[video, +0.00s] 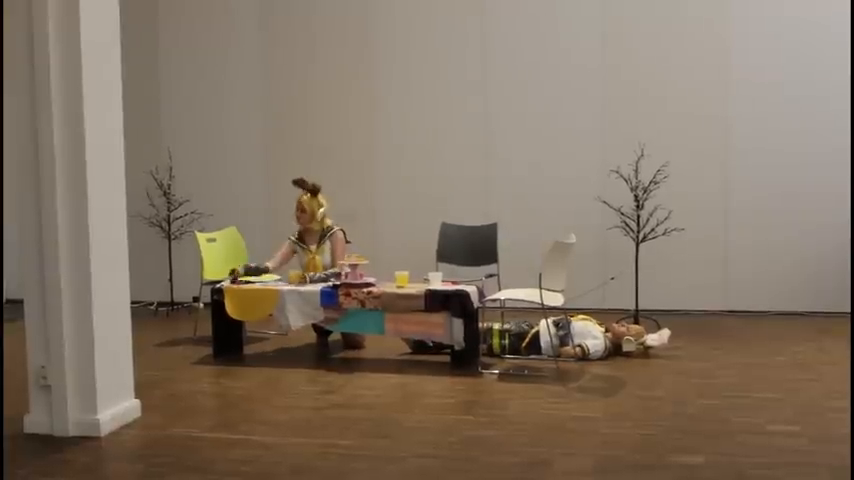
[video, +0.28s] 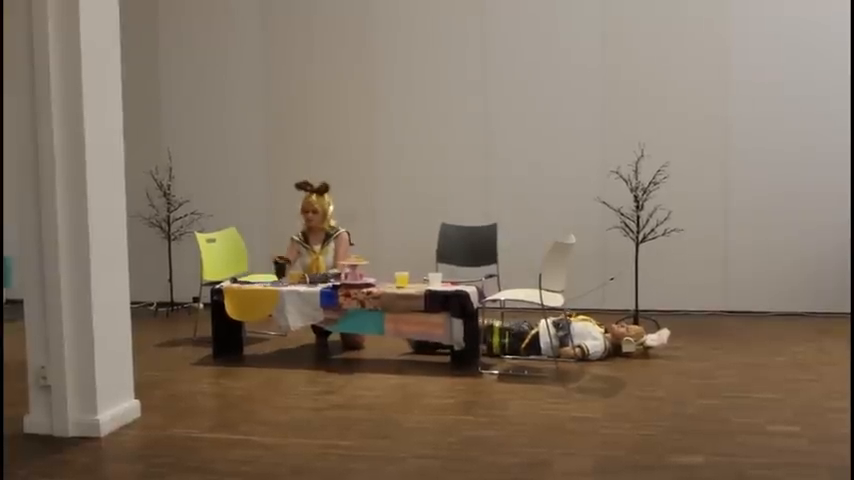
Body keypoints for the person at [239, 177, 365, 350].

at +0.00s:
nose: (297, 215)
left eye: (303, 211)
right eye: (297, 210)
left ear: (316, 213)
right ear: (295, 210)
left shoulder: (334, 234)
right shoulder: (298, 238)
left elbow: (339, 269)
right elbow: (275, 262)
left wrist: (311, 278)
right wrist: (254, 270)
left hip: (335, 289)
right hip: (310, 292)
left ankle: (347, 332)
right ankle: (322, 336)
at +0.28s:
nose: (309, 217)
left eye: (314, 212)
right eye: (305, 212)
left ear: (326, 213)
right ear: (301, 213)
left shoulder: (339, 236)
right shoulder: (298, 239)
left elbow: (341, 270)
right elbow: (283, 271)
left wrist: (312, 279)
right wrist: (280, 264)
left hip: (337, 292)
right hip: (309, 295)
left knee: (355, 343)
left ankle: (347, 333)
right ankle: (321, 337)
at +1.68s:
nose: (314, 206)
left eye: (320, 202)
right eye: (311, 202)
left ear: (331, 207)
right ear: (307, 206)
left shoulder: (342, 235)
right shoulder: (302, 235)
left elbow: (343, 271)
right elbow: (297, 271)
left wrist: (314, 278)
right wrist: (293, 264)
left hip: (338, 293)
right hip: (311, 294)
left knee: (356, 342)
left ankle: (347, 332)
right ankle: (321, 336)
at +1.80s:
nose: (316, 205)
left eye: (321, 201)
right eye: (313, 201)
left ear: (332, 206)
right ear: (309, 205)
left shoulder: (344, 234)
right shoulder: (306, 230)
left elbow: (342, 271)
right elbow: (293, 264)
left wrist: (316, 279)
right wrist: (299, 239)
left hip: (339, 291)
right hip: (312, 292)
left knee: (355, 343)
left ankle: (346, 333)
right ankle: (320, 336)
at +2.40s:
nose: (336, 202)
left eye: (341, 199)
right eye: (331, 198)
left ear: (347, 206)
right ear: (323, 202)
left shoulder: (349, 237)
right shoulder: (313, 227)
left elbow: (342, 272)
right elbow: (289, 254)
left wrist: (318, 281)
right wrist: (303, 237)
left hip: (335, 290)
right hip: (308, 290)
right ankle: (320, 338)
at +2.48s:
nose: (343, 205)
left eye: (345, 202)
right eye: (337, 201)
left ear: (349, 206)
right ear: (325, 205)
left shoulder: (350, 238)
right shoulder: (306, 230)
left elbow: (344, 270)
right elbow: (290, 263)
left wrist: (323, 279)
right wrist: (298, 255)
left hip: (337, 292)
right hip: (309, 291)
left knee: (354, 343)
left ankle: (344, 335)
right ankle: (321, 340)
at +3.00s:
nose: (324, 207)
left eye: (326, 203)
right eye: (318, 205)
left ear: (330, 207)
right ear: (307, 210)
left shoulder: (337, 232)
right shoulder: (297, 239)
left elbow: (340, 268)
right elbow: (291, 276)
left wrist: (313, 279)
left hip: (336, 290)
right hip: (309, 293)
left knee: (355, 344)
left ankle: (344, 332)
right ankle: (320, 341)